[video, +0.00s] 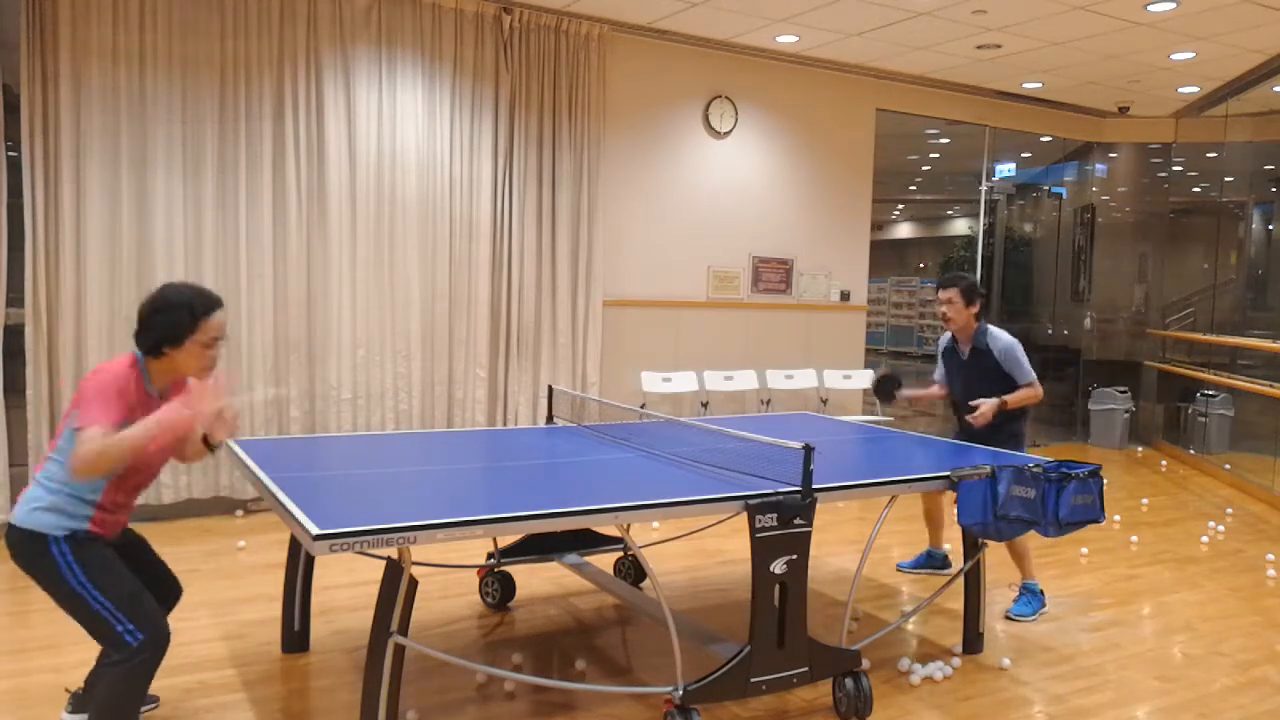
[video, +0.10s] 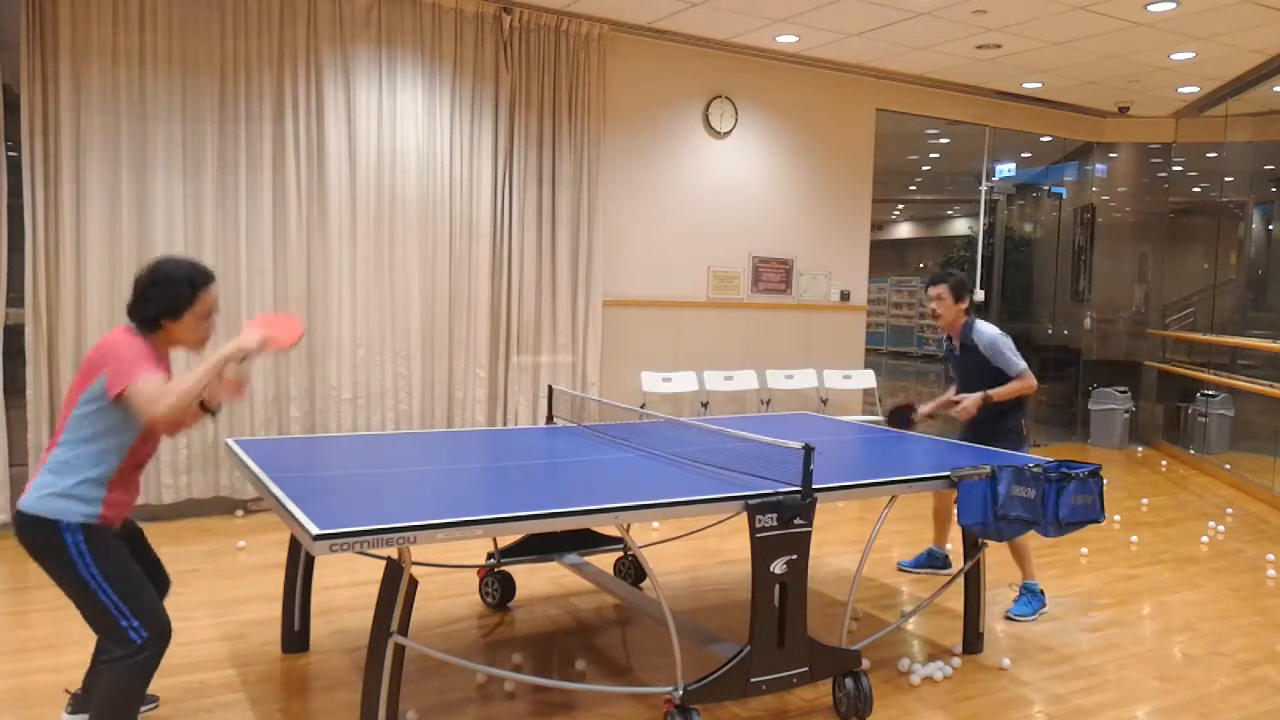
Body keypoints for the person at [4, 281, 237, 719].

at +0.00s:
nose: (217, 356)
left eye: (219, 344)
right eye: (210, 345)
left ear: (180, 346)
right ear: (171, 345)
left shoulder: (179, 387)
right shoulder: (111, 380)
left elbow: (181, 450)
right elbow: (84, 462)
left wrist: (210, 435)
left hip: (97, 524)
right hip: (49, 529)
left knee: (163, 591)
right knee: (144, 637)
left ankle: (98, 695)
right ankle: (103, 709)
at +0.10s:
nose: (213, 325)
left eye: (213, 315)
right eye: (205, 316)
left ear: (172, 318)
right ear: (169, 318)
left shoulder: (153, 354)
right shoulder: (123, 346)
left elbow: (168, 422)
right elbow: (162, 411)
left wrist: (211, 398)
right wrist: (232, 351)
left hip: (98, 511)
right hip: (60, 516)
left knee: (152, 585)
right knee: (144, 632)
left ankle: (98, 696)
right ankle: (99, 712)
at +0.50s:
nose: (210, 302)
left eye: (209, 290)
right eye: (203, 291)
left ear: (168, 297)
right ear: (166, 296)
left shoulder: (166, 342)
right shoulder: (116, 342)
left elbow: (174, 413)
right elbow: (102, 433)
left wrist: (214, 400)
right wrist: (194, 419)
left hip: (111, 502)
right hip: (66, 505)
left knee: (145, 585)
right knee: (129, 631)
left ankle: (99, 691)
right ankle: (97, 711)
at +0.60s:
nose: (220, 326)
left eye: (219, 315)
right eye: (212, 316)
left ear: (181, 324)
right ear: (175, 323)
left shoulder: (186, 367)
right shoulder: (108, 366)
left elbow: (201, 430)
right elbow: (53, 446)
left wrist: (212, 421)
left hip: (106, 508)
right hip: (54, 512)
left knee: (157, 589)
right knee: (128, 628)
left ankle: (101, 686)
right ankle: (101, 708)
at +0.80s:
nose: (232, 358)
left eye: (232, 346)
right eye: (223, 348)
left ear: (189, 354)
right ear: (184, 352)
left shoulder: (190, 391)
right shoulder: (123, 389)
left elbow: (179, 457)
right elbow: (71, 451)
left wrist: (199, 455)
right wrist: (62, 473)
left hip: (109, 526)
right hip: (55, 529)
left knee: (167, 592)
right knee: (145, 637)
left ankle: (105, 690)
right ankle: (108, 709)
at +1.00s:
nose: (211, 293)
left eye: (212, 282)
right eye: (205, 282)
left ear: (168, 281)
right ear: (170, 281)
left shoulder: (135, 325)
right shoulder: (134, 320)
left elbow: (142, 407)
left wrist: (204, 386)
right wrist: (252, 319)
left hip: (72, 500)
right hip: (85, 505)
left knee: (114, 617)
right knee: (150, 633)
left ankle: (103, 700)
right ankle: (106, 712)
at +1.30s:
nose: (205, 287)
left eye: (203, 277)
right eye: (197, 278)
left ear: (161, 286)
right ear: (161, 284)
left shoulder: (132, 331)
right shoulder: (126, 331)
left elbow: (149, 416)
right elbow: (153, 419)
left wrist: (209, 392)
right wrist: (230, 388)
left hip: (67, 510)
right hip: (80, 515)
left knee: (104, 629)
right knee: (149, 648)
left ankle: (65, 714)